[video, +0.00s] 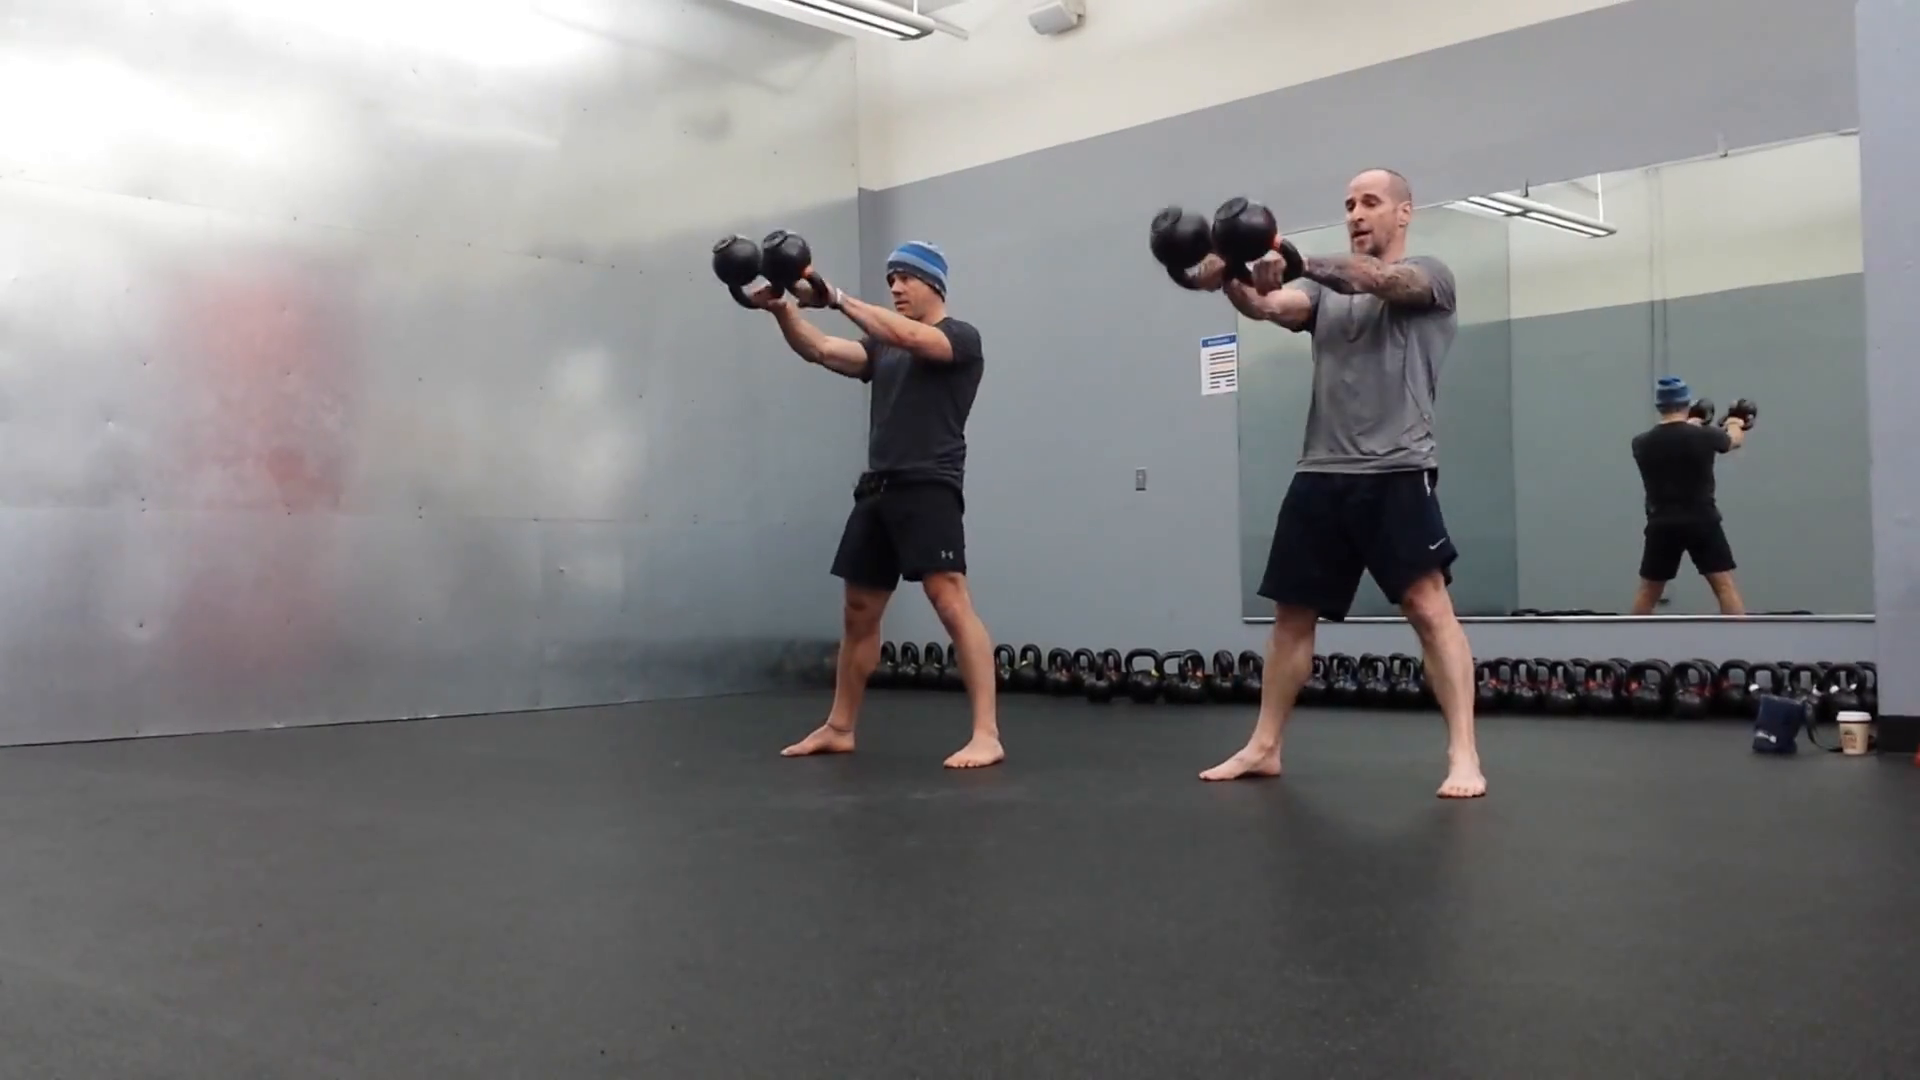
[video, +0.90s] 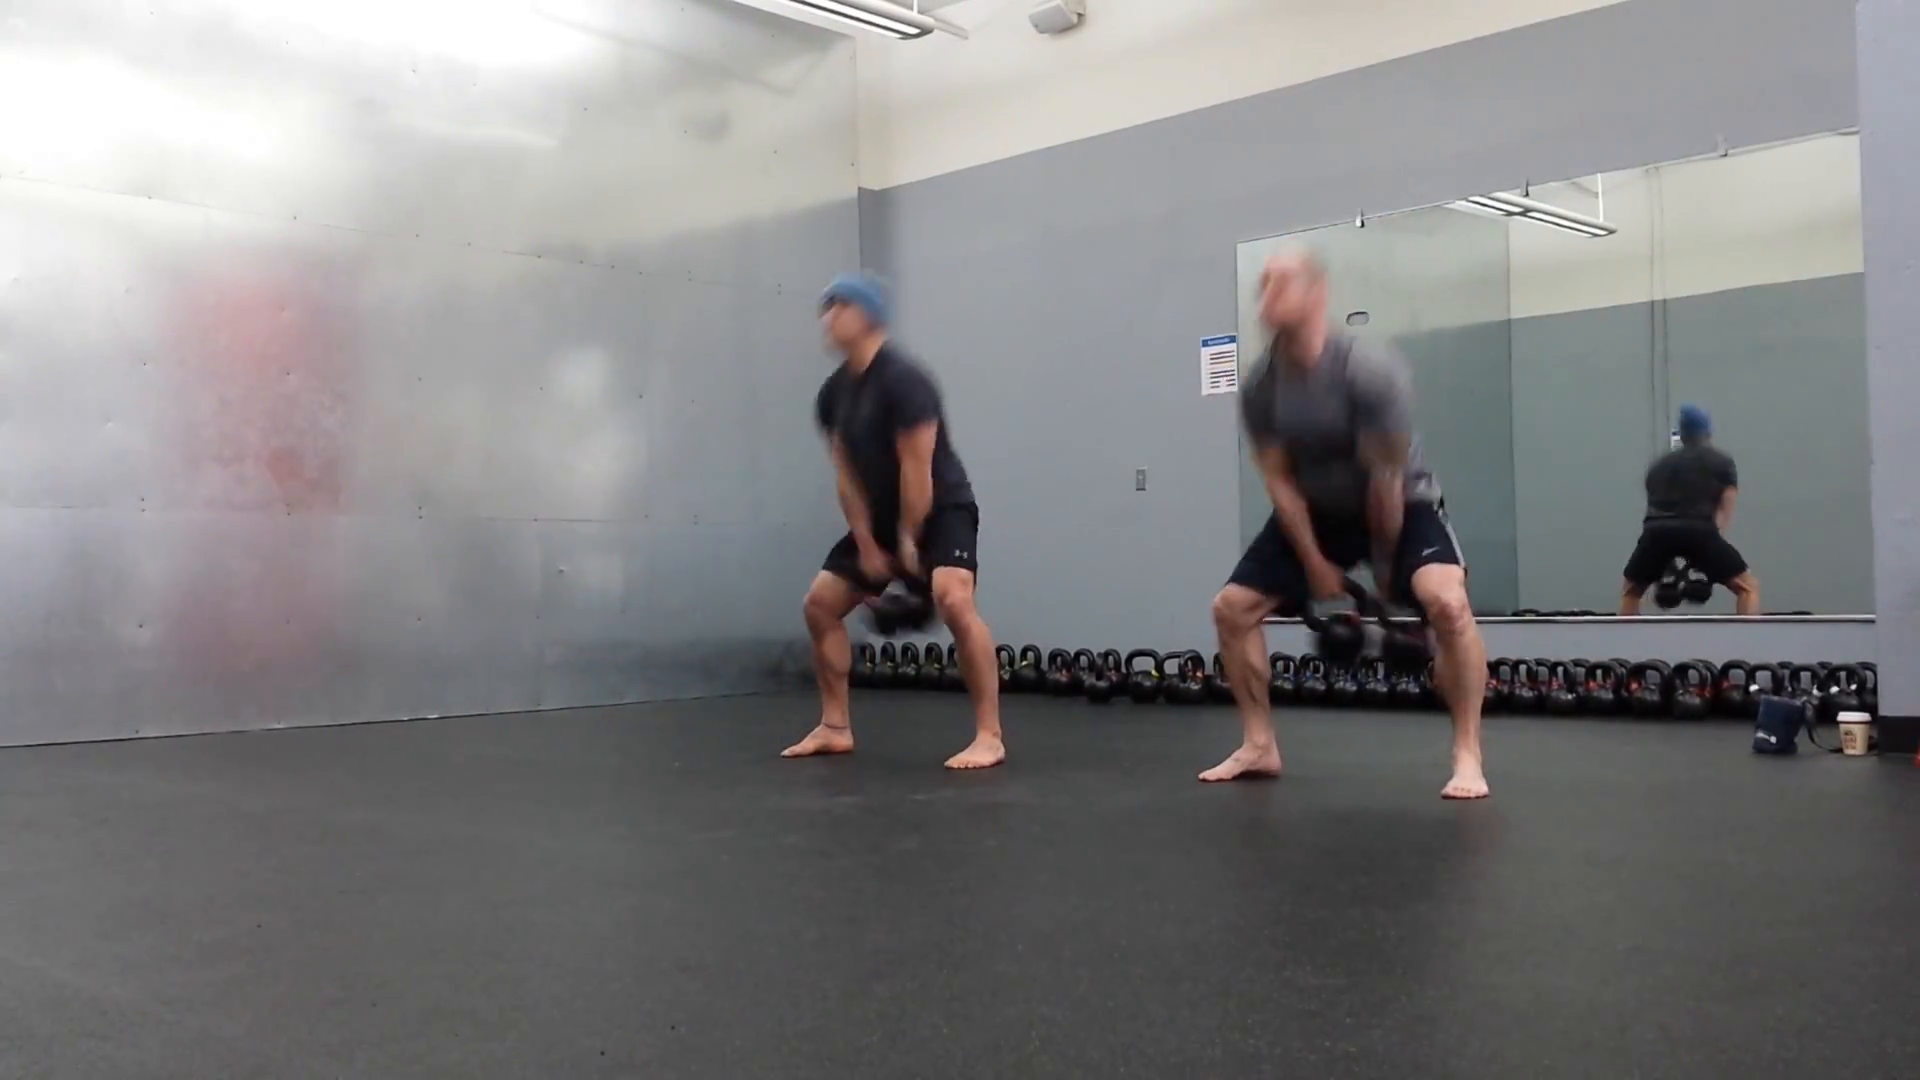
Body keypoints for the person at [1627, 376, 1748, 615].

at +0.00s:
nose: (1687, 405)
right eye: (1686, 402)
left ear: (1659, 406)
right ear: (1686, 404)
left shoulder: (1640, 443)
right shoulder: (1704, 435)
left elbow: (1666, 441)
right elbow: (1734, 440)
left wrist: (1687, 425)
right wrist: (1734, 423)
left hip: (1661, 527)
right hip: (1701, 525)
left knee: (1648, 593)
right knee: (1723, 588)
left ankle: (1629, 647)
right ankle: (1744, 647)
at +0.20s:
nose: (1684, 407)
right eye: (1684, 404)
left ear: (1658, 407)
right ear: (1685, 405)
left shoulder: (1638, 443)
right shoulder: (1703, 438)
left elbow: (1663, 459)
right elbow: (1728, 457)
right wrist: (1744, 457)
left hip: (1658, 529)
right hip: (1698, 527)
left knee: (1645, 594)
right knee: (1724, 590)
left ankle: (1627, 648)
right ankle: (1743, 648)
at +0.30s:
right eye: (1688, 408)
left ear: (1660, 409)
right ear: (1688, 409)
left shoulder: (1639, 444)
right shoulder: (1706, 439)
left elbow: (1652, 485)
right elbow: (1725, 476)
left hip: (1655, 529)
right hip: (1696, 528)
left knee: (1643, 593)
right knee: (1725, 588)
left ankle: (1630, 648)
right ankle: (1743, 648)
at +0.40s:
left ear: (1671, 417)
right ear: (1698, 418)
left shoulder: (1648, 446)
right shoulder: (1713, 444)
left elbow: (1649, 493)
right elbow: (1725, 495)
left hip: (1655, 527)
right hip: (1696, 527)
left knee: (1638, 594)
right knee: (1731, 589)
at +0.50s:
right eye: (1712, 443)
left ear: (1687, 440)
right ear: (1713, 443)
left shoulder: (1662, 465)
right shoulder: (1723, 465)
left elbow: (1658, 520)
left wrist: (1670, 574)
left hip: (1656, 532)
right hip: (1698, 533)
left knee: (1633, 594)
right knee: (1746, 587)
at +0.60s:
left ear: (1698, 476)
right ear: (1724, 479)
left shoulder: (1671, 492)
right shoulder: (1731, 496)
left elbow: (1660, 534)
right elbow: (1728, 539)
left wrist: (1656, 578)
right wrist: (1702, 575)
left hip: (1657, 541)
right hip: (1701, 542)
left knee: (1628, 593)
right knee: (1757, 588)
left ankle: (1628, 648)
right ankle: (1751, 645)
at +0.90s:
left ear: (1680, 434)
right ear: (1708, 434)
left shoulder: (1659, 464)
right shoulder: (1721, 462)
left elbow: (1655, 509)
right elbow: (1725, 509)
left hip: (1658, 533)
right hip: (1700, 534)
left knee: (1631, 594)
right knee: (1747, 588)